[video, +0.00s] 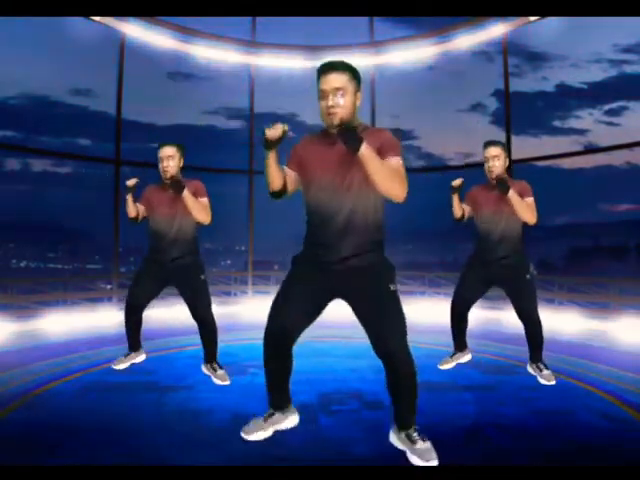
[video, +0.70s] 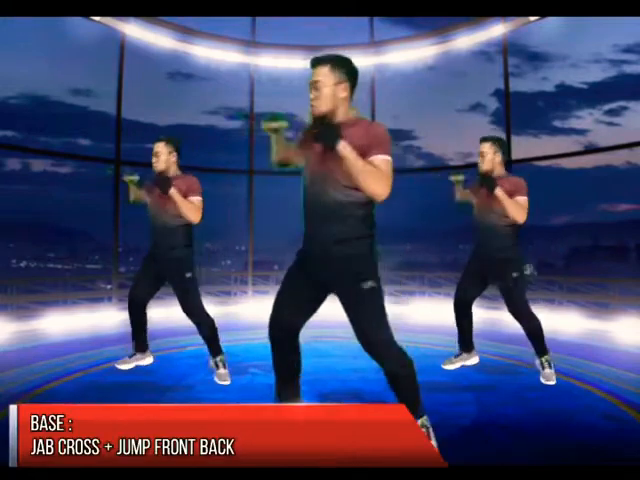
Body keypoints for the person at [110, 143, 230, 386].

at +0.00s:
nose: (166, 164)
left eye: (171, 159)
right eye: (162, 159)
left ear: (181, 161)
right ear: (158, 163)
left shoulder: (194, 187)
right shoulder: (152, 192)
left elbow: (205, 217)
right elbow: (134, 215)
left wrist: (182, 191)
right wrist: (130, 194)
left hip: (187, 264)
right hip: (156, 264)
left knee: (204, 315)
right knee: (133, 304)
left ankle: (211, 363)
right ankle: (135, 351)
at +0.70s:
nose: (154, 159)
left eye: (158, 155)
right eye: (153, 155)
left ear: (173, 156)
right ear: (155, 158)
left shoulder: (189, 183)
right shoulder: (155, 183)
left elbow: (195, 216)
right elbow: (145, 197)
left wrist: (173, 192)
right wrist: (136, 191)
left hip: (180, 257)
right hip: (157, 256)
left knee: (194, 309)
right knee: (136, 300)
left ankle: (218, 359)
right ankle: (141, 352)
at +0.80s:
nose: (152, 161)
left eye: (155, 156)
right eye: (152, 156)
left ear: (168, 158)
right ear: (158, 159)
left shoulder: (179, 181)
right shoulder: (161, 181)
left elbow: (166, 201)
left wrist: (147, 183)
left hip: (175, 256)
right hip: (158, 254)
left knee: (184, 309)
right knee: (136, 298)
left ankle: (221, 356)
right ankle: (142, 352)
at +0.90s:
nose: (156, 159)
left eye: (160, 155)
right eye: (156, 155)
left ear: (170, 157)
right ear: (164, 157)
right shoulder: (168, 178)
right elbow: (156, 206)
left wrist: (106, 169)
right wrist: (154, 185)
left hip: (176, 253)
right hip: (162, 252)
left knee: (184, 312)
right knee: (139, 298)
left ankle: (218, 359)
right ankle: (141, 352)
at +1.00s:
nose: (157, 159)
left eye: (161, 155)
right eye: (157, 156)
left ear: (171, 156)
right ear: (165, 158)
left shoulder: (181, 177)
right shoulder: (167, 179)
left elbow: (146, 183)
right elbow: (156, 207)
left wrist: (121, 173)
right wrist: (151, 182)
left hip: (182, 257)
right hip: (164, 256)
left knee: (192, 312)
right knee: (142, 299)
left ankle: (221, 360)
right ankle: (142, 352)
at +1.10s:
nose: (158, 162)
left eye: (161, 158)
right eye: (156, 158)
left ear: (173, 158)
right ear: (157, 162)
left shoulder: (189, 180)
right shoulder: (161, 183)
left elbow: (188, 206)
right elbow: (154, 211)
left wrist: (161, 184)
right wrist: (150, 191)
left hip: (189, 256)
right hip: (168, 255)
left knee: (198, 312)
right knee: (145, 301)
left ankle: (222, 363)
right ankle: (142, 352)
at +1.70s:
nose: (138, 159)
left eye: (142, 154)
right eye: (137, 155)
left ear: (157, 155)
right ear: (141, 159)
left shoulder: (179, 178)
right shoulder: (144, 188)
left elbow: (183, 206)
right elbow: (126, 209)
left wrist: (157, 179)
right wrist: (118, 189)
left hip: (174, 254)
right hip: (145, 253)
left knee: (191, 306)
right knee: (121, 297)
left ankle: (203, 353)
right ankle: (113, 343)